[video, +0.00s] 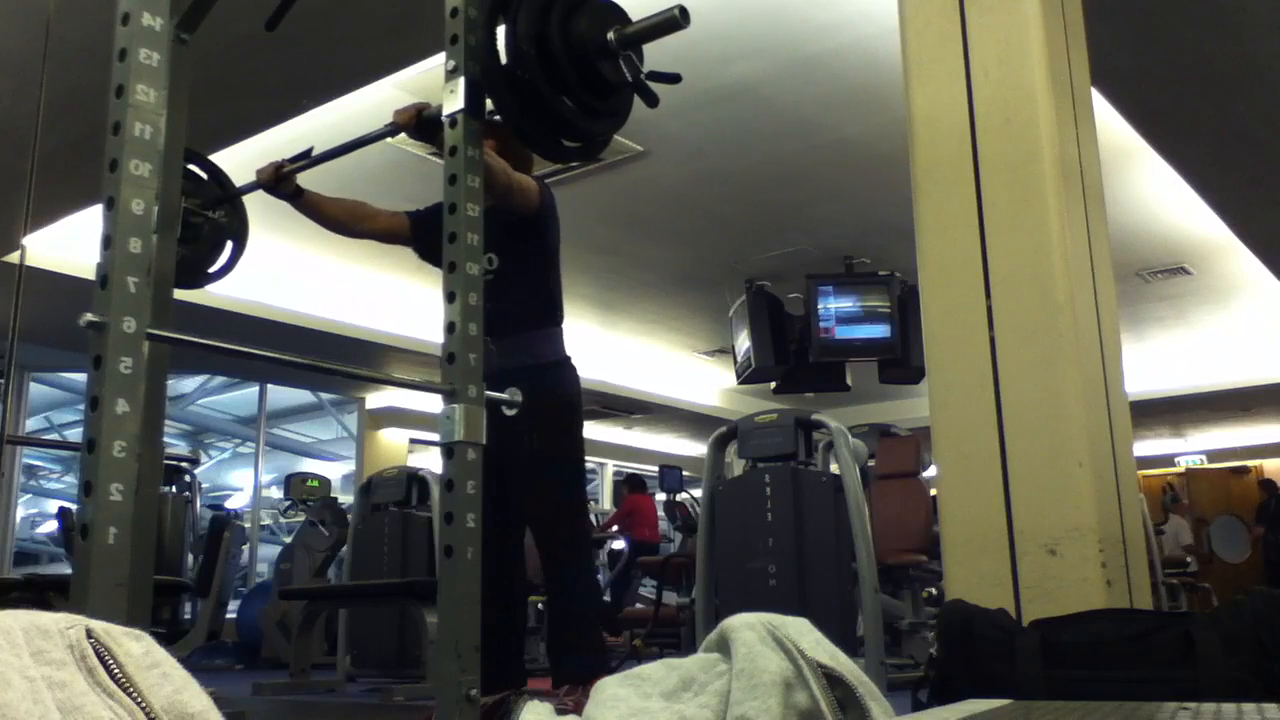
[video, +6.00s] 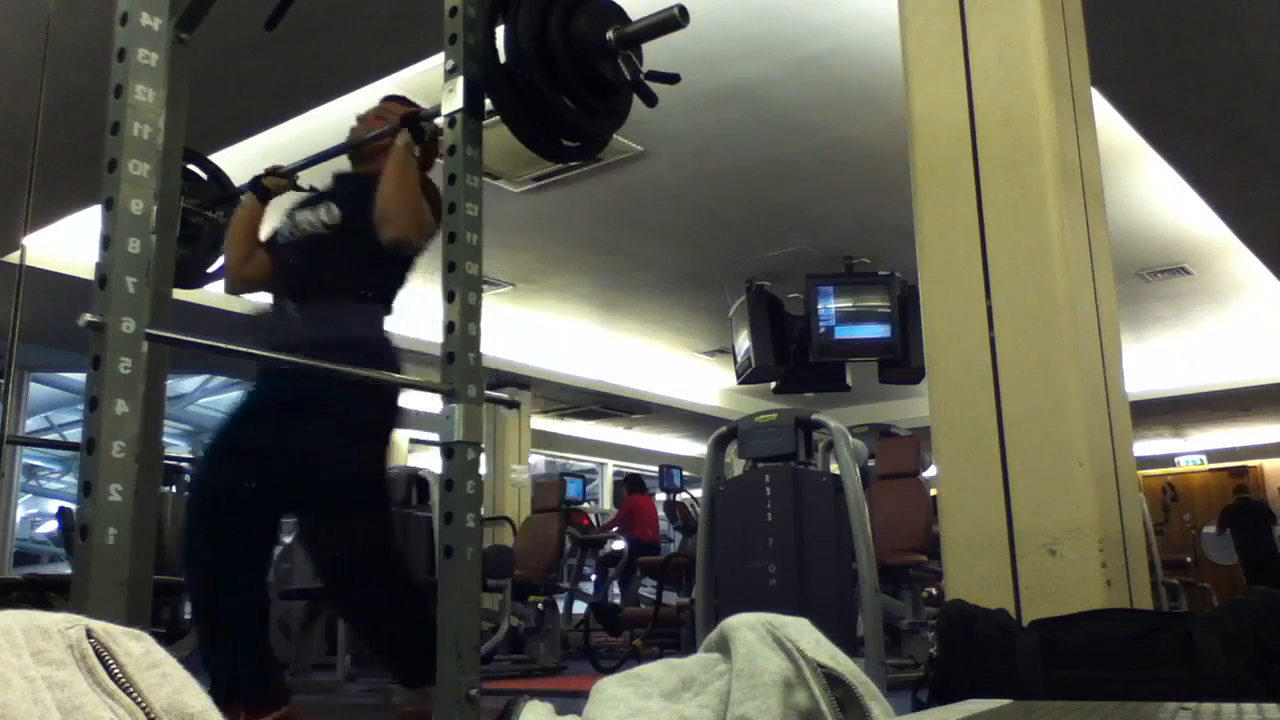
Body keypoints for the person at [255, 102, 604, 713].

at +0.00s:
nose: (471, 150)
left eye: (482, 140)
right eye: (466, 143)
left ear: (509, 146)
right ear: (461, 155)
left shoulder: (534, 202)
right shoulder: (454, 218)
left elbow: (502, 182)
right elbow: (369, 219)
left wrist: (440, 135)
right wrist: (294, 192)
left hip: (542, 388)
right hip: (481, 393)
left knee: (558, 536)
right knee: (489, 542)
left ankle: (575, 682)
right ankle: (498, 683)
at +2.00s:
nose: (464, 174)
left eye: (472, 161)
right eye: (457, 167)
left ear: (496, 155)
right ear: (450, 173)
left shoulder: (542, 203)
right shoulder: (454, 225)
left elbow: (503, 180)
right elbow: (371, 221)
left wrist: (440, 133)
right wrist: (295, 193)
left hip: (541, 385)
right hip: (478, 394)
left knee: (565, 538)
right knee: (488, 547)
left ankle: (579, 683)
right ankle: (498, 686)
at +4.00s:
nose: (468, 166)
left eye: (478, 154)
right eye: (462, 158)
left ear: (510, 155)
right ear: (458, 165)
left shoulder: (542, 209)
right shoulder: (456, 227)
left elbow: (505, 181)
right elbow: (368, 224)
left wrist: (441, 133)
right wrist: (294, 192)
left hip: (537, 383)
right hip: (475, 391)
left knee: (563, 537)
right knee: (487, 546)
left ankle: (580, 684)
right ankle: (497, 687)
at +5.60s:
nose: (468, 157)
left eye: (479, 145)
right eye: (460, 146)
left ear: (504, 152)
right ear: (447, 154)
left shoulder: (526, 200)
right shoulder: (431, 217)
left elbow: (517, 207)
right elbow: (350, 252)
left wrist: (445, 142)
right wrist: (297, 198)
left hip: (512, 389)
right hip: (449, 392)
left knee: (503, 537)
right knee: (435, 536)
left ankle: (500, 683)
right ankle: (461, 679)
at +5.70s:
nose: (428, 155)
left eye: (444, 146)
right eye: (427, 147)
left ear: (476, 156)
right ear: (427, 159)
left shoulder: (502, 208)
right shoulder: (407, 226)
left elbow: (499, 226)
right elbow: (331, 273)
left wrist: (436, 144)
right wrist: (291, 203)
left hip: (490, 397)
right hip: (421, 399)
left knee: (469, 544)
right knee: (370, 533)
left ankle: (475, 685)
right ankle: (437, 677)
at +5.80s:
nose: (403, 150)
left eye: (418, 140)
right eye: (399, 142)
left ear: (446, 153)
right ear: (393, 158)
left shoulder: (470, 206)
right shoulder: (382, 226)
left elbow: (469, 241)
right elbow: (304, 284)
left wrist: (434, 160)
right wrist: (281, 206)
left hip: (447, 404)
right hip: (386, 402)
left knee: (426, 553)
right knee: (298, 524)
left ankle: (445, 690)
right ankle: (343, 675)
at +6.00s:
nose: (373, 118)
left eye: (389, 114)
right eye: (370, 112)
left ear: (409, 140)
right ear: (354, 135)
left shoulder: (412, 195)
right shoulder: (315, 210)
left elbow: (399, 231)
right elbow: (240, 271)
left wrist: (412, 147)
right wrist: (258, 194)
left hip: (351, 379)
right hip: (287, 380)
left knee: (351, 546)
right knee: (220, 517)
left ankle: (432, 681)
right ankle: (250, 694)